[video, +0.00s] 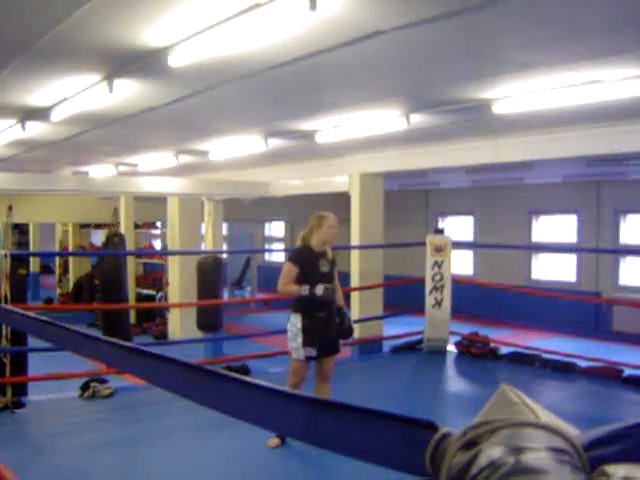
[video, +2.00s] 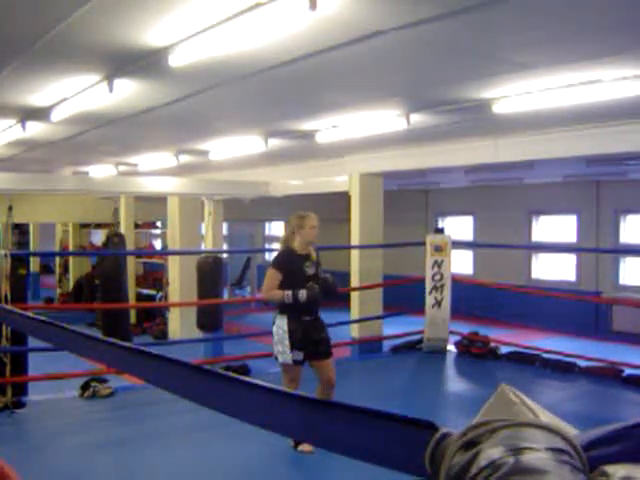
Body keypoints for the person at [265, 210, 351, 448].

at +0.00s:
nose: (334, 232)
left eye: (335, 228)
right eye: (330, 227)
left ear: (332, 232)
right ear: (316, 228)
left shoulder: (330, 257)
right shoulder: (298, 255)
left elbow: (335, 286)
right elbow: (283, 286)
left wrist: (342, 309)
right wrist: (310, 289)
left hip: (327, 316)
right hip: (303, 316)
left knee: (324, 375)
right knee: (296, 377)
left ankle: (321, 426)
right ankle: (281, 428)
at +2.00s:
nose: (316, 232)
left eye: (316, 228)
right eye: (312, 228)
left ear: (312, 231)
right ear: (298, 231)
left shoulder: (313, 256)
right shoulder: (284, 258)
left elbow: (312, 285)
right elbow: (267, 292)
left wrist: (325, 285)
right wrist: (296, 294)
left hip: (312, 318)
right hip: (289, 320)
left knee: (328, 379)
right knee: (291, 381)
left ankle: (316, 429)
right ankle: (297, 434)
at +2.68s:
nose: (319, 233)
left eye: (319, 228)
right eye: (315, 228)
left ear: (316, 232)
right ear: (300, 231)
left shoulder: (318, 256)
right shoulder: (285, 260)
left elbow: (323, 283)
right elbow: (269, 294)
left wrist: (326, 289)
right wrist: (299, 291)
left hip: (315, 319)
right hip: (292, 321)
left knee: (328, 380)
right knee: (292, 381)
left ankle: (327, 430)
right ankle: (297, 435)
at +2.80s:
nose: (321, 234)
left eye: (322, 229)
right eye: (317, 229)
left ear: (320, 232)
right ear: (303, 231)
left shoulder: (319, 256)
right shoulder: (287, 260)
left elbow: (320, 284)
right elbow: (271, 294)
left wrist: (327, 289)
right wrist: (301, 292)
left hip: (317, 318)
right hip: (293, 321)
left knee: (329, 379)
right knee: (294, 381)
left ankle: (327, 429)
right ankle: (297, 434)